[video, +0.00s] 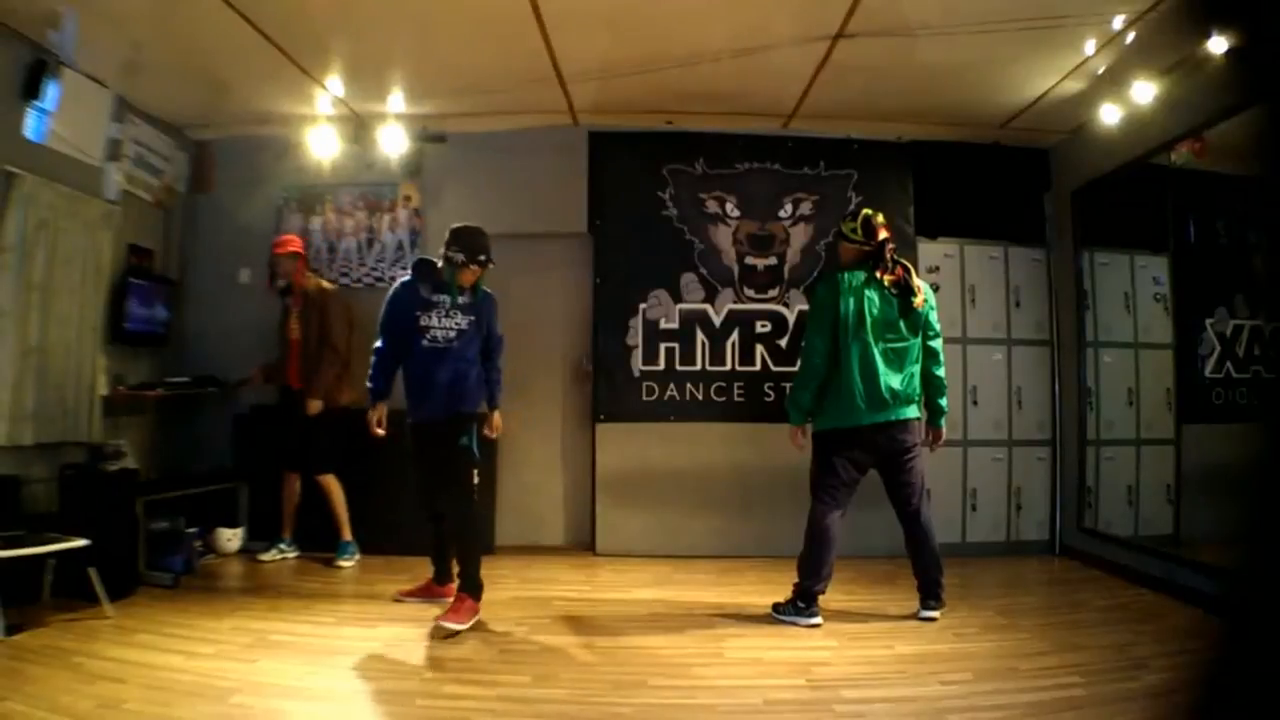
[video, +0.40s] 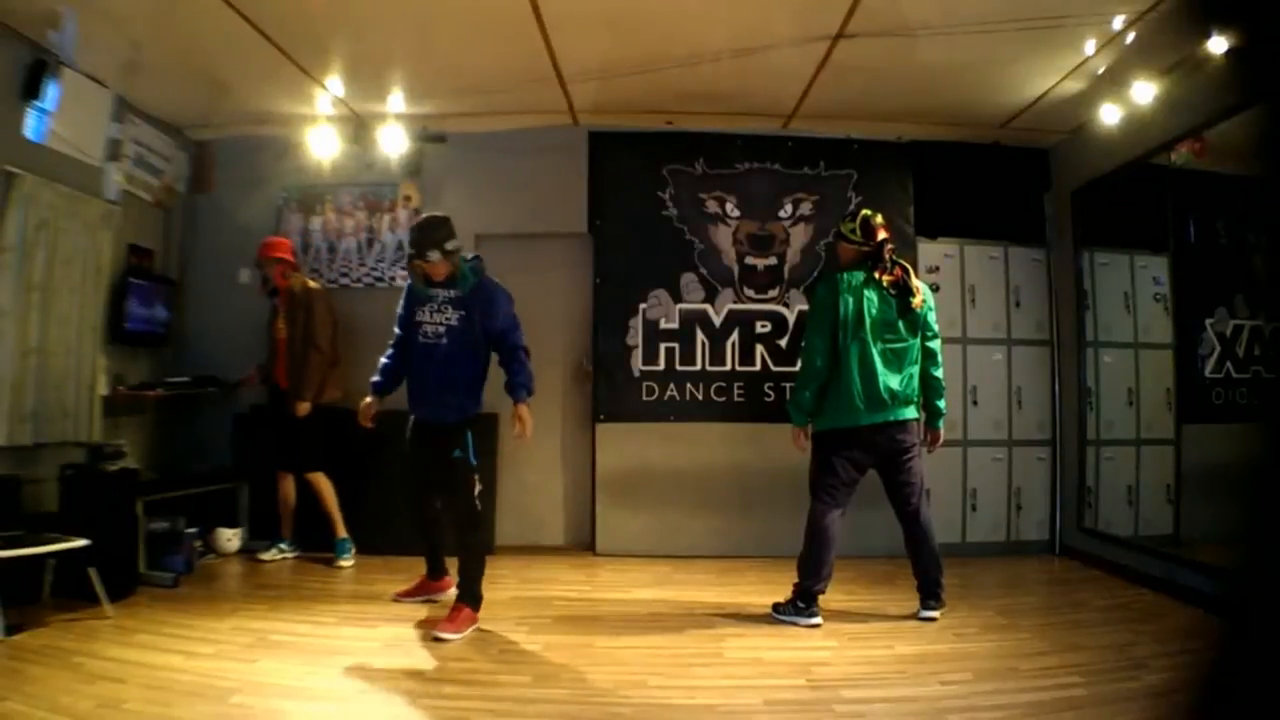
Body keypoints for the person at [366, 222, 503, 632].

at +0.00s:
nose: (474, 275)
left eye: (478, 268)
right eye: (468, 267)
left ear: (482, 266)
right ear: (450, 261)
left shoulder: (482, 300)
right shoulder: (409, 292)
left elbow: (491, 354)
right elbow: (386, 345)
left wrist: (493, 405)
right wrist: (379, 397)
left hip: (466, 410)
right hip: (424, 409)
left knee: (463, 500)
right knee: (431, 496)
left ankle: (470, 593)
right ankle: (441, 577)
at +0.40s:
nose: (424, 269)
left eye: (430, 261)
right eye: (420, 262)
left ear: (450, 254)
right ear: (417, 258)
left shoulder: (485, 293)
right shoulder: (417, 290)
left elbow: (511, 344)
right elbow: (401, 344)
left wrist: (520, 397)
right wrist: (377, 391)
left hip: (463, 415)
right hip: (425, 414)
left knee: (467, 506)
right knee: (424, 495)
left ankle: (469, 603)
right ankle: (437, 575)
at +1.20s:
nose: (392, 277)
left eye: (393, 267)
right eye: (388, 271)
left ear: (414, 254)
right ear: (403, 260)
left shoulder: (447, 274)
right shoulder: (421, 284)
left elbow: (431, 341)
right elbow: (390, 342)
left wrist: (406, 309)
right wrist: (344, 380)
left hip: (447, 410)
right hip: (424, 409)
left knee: (444, 504)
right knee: (423, 496)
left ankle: (456, 612)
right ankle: (438, 585)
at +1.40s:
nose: (401, 274)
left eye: (401, 264)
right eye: (398, 268)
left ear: (417, 248)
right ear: (417, 248)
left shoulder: (455, 269)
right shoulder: (433, 274)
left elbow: (423, 317)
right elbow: (402, 327)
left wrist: (385, 328)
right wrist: (373, 361)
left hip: (448, 402)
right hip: (429, 403)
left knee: (449, 502)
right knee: (430, 494)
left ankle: (458, 614)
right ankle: (440, 579)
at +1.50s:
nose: (407, 273)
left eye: (408, 263)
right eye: (403, 267)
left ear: (427, 248)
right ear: (412, 258)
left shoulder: (460, 272)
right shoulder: (430, 279)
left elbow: (414, 311)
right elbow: (389, 329)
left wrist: (392, 311)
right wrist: (387, 353)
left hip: (451, 403)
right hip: (431, 402)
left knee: (453, 505)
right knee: (438, 499)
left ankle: (459, 614)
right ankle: (445, 581)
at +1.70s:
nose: (410, 270)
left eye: (414, 261)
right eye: (406, 264)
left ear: (431, 254)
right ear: (409, 264)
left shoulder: (461, 276)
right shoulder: (426, 287)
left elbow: (412, 313)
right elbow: (394, 341)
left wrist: (396, 308)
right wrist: (420, 334)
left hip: (454, 404)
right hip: (433, 404)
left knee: (453, 507)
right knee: (440, 500)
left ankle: (457, 614)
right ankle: (448, 582)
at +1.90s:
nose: (410, 277)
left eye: (412, 267)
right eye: (406, 271)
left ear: (427, 255)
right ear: (419, 262)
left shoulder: (459, 275)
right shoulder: (436, 288)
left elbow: (421, 328)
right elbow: (407, 348)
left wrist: (409, 325)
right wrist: (435, 334)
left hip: (454, 405)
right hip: (435, 405)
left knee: (454, 507)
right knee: (440, 500)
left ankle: (457, 614)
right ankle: (448, 584)